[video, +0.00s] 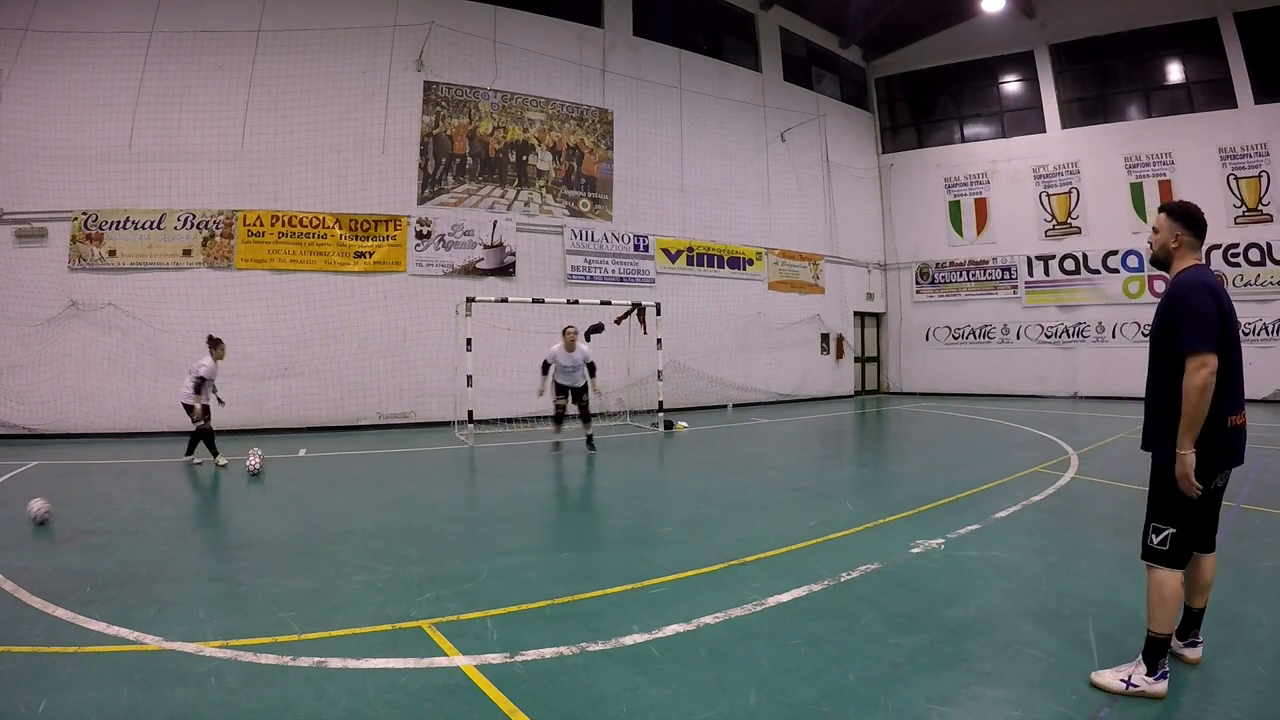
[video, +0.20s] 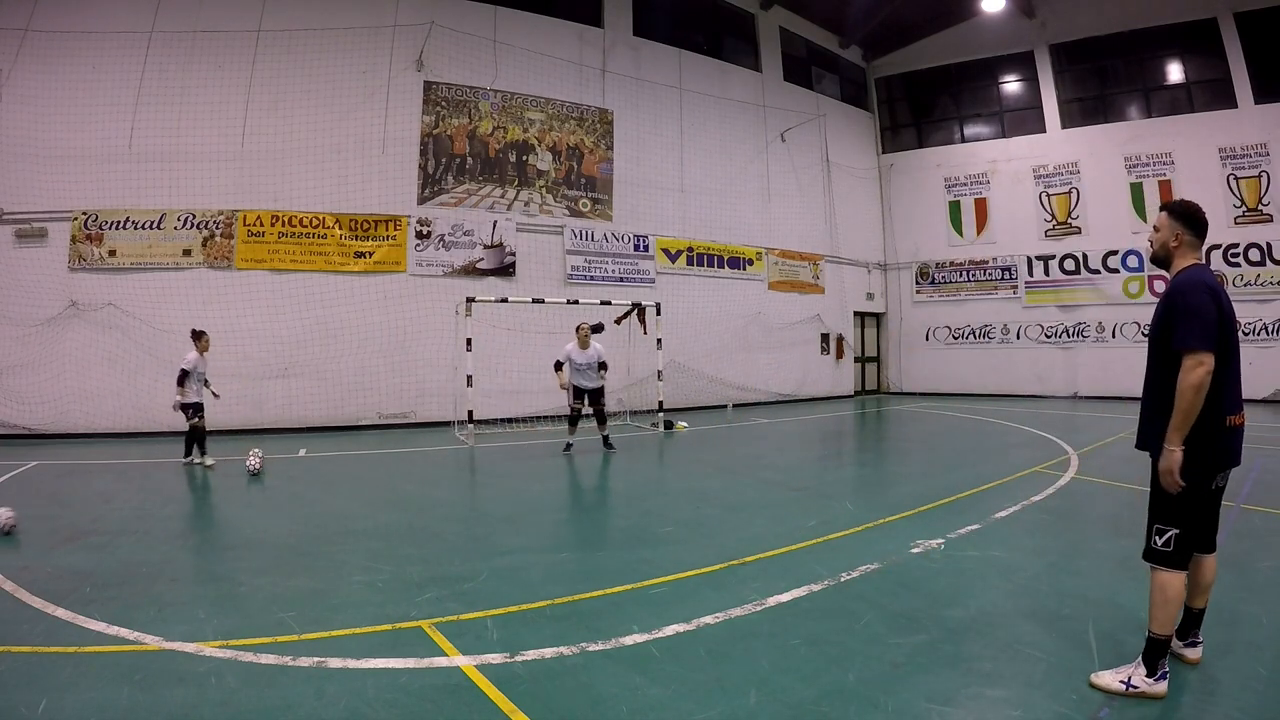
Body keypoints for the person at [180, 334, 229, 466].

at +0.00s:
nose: (223, 353)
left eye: (224, 350)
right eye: (221, 350)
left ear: (217, 351)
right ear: (213, 351)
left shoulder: (213, 364)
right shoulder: (208, 365)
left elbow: (210, 382)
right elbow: (197, 385)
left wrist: (217, 396)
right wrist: (197, 405)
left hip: (201, 399)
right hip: (192, 400)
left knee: (202, 428)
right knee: (205, 428)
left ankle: (188, 455)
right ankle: (216, 456)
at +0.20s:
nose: (208, 344)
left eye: (208, 341)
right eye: (205, 342)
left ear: (206, 342)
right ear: (197, 343)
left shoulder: (202, 359)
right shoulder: (191, 358)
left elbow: (202, 378)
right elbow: (181, 378)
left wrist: (212, 389)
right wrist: (178, 398)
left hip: (198, 399)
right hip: (188, 400)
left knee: (194, 428)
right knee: (199, 427)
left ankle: (188, 456)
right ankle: (204, 456)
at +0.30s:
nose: (202, 341)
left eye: (202, 339)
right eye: (200, 339)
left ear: (199, 340)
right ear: (191, 341)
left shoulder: (197, 356)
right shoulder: (187, 356)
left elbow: (197, 376)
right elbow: (176, 375)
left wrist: (204, 390)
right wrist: (174, 397)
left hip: (195, 398)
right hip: (185, 398)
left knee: (195, 425)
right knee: (192, 425)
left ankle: (190, 455)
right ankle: (187, 456)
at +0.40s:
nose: (197, 340)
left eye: (197, 337)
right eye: (194, 337)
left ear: (195, 338)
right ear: (186, 339)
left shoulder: (193, 354)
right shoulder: (181, 355)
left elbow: (191, 377)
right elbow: (174, 375)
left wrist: (196, 393)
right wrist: (174, 396)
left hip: (193, 398)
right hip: (183, 399)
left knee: (192, 426)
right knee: (185, 426)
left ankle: (188, 456)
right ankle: (175, 456)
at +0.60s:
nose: (187, 339)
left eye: (187, 336)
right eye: (184, 336)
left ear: (183, 338)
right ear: (175, 338)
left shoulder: (183, 354)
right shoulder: (172, 354)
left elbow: (182, 376)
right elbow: (167, 375)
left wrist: (187, 394)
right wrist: (176, 394)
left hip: (187, 399)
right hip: (173, 400)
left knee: (187, 427)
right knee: (169, 427)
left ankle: (187, 456)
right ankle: (156, 454)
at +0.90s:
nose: (172, 338)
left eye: (172, 336)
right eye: (168, 336)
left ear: (172, 337)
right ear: (160, 338)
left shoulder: (170, 355)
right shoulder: (155, 355)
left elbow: (168, 377)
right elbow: (150, 376)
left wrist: (172, 394)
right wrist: (156, 393)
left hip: (171, 400)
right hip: (156, 402)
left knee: (177, 428)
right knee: (154, 429)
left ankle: (185, 455)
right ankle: (153, 457)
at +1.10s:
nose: (166, 338)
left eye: (166, 335)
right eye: (163, 335)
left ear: (166, 337)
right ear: (155, 337)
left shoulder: (166, 354)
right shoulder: (149, 354)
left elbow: (165, 378)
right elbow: (140, 374)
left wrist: (170, 393)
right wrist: (135, 393)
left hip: (166, 398)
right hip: (150, 400)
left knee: (171, 425)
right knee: (151, 428)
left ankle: (175, 455)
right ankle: (153, 457)